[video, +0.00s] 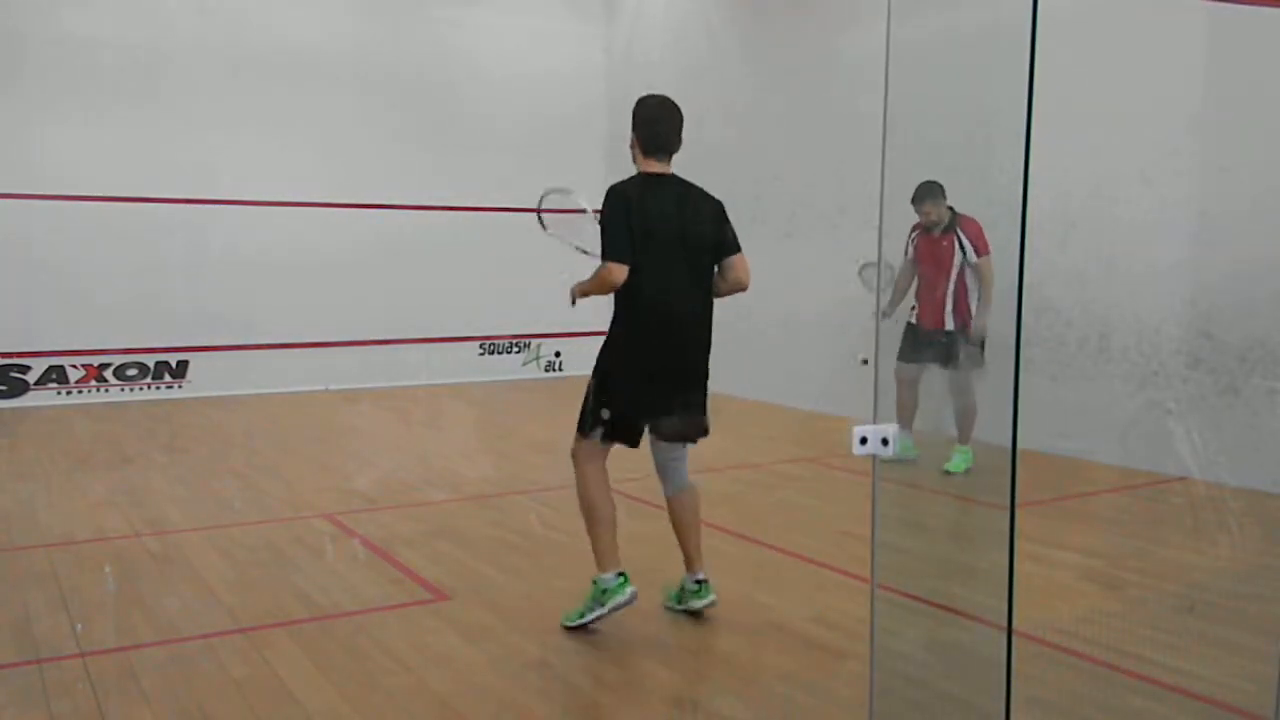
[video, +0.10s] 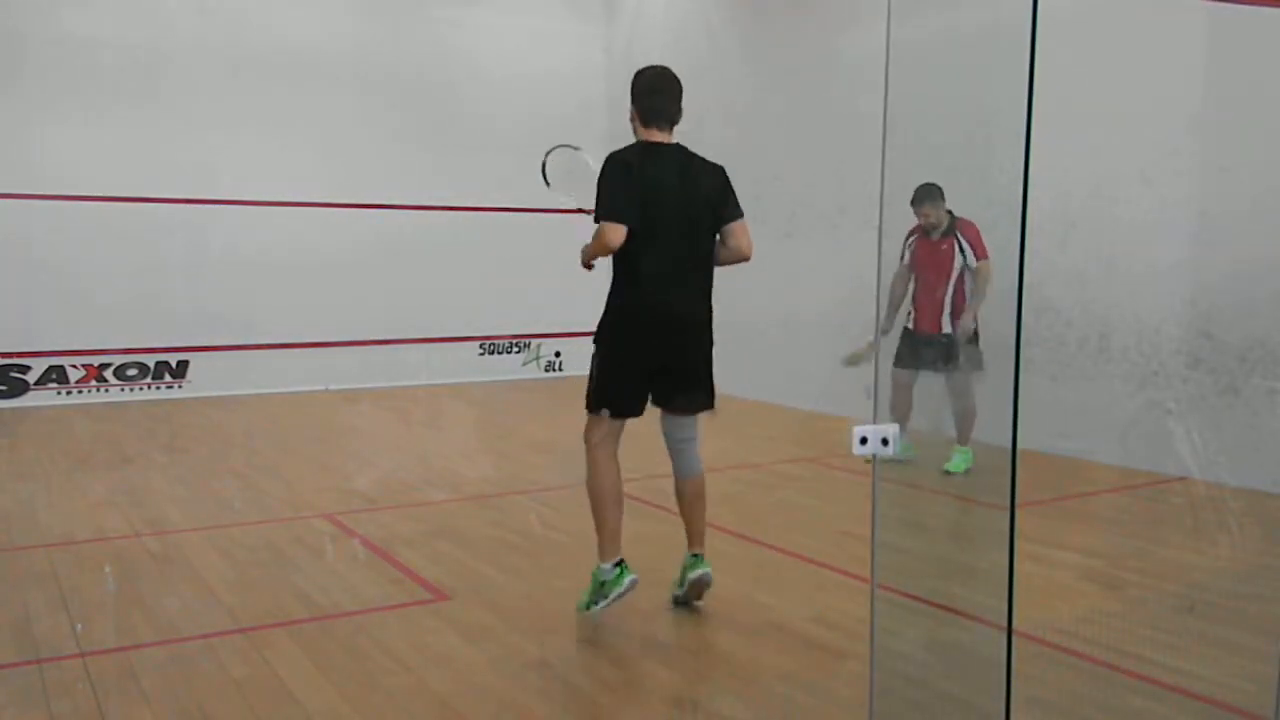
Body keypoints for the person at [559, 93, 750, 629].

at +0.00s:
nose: (631, 142)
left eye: (632, 135)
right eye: (648, 135)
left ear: (633, 141)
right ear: (679, 143)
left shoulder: (622, 196)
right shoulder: (706, 204)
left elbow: (615, 274)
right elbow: (737, 277)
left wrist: (583, 289)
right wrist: (689, 288)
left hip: (633, 352)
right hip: (687, 355)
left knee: (588, 453)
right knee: (673, 460)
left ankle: (610, 578)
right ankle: (697, 580)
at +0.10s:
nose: (634, 114)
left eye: (633, 107)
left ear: (633, 112)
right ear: (680, 113)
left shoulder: (621, 165)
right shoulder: (710, 173)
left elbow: (612, 235)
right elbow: (740, 248)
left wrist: (591, 251)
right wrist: (692, 254)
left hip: (630, 329)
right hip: (689, 332)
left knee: (601, 438)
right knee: (685, 441)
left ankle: (610, 565)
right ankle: (697, 559)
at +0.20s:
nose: (633, 117)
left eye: (632, 110)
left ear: (632, 114)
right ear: (679, 115)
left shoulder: (624, 160)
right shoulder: (710, 170)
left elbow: (609, 229)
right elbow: (743, 249)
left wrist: (591, 242)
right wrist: (696, 252)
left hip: (630, 321)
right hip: (691, 325)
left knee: (611, 441)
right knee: (684, 436)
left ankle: (622, 570)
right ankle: (704, 552)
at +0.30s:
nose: (631, 144)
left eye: (630, 136)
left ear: (630, 143)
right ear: (678, 143)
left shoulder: (619, 194)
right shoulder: (709, 201)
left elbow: (604, 261)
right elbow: (743, 279)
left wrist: (584, 259)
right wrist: (700, 283)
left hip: (629, 352)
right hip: (689, 352)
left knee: (624, 474)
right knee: (687, 451)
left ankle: (638, 600)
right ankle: (704, 567)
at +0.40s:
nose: (638, 165)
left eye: (635, 158)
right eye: (677, 157)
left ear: (632, 163)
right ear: (681, 163)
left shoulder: (620, 221)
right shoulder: (713, 225)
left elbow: (599, 300)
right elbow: (742, 303)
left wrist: (578, 308)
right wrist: (701, 316)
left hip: (633, 379)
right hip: (692, 379)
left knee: (630, 491)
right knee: (692, 470)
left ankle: (646, 611)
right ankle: (700, 584)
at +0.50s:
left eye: (647, 134)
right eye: (688, 134)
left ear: (642, 141)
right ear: (692, 140)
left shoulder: (628, 198)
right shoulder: (723, 202)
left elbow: (620, 273)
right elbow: (757, 281)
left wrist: (598, 284)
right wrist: (715, 299)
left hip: (644, 356)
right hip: (703, 356)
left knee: (640, 480)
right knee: (709, 457)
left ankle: (645, 603)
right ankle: (712, 564)